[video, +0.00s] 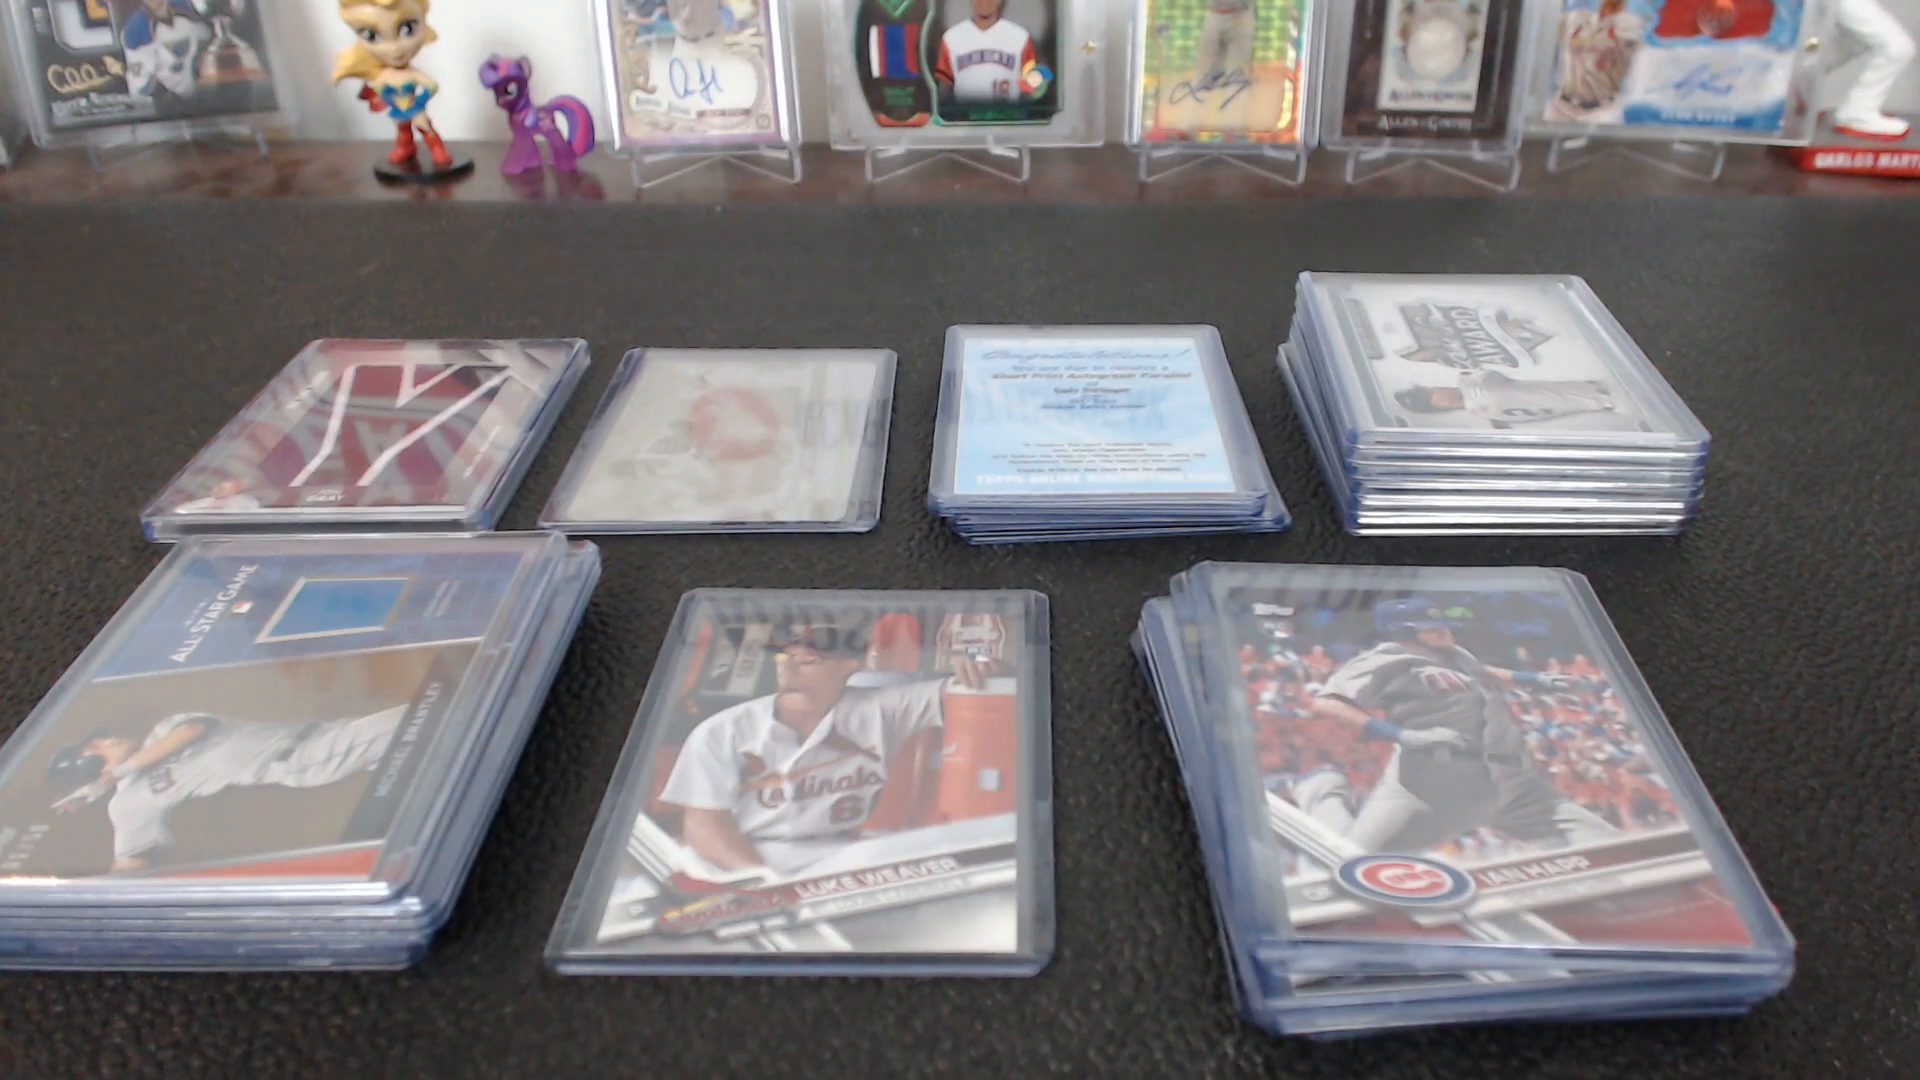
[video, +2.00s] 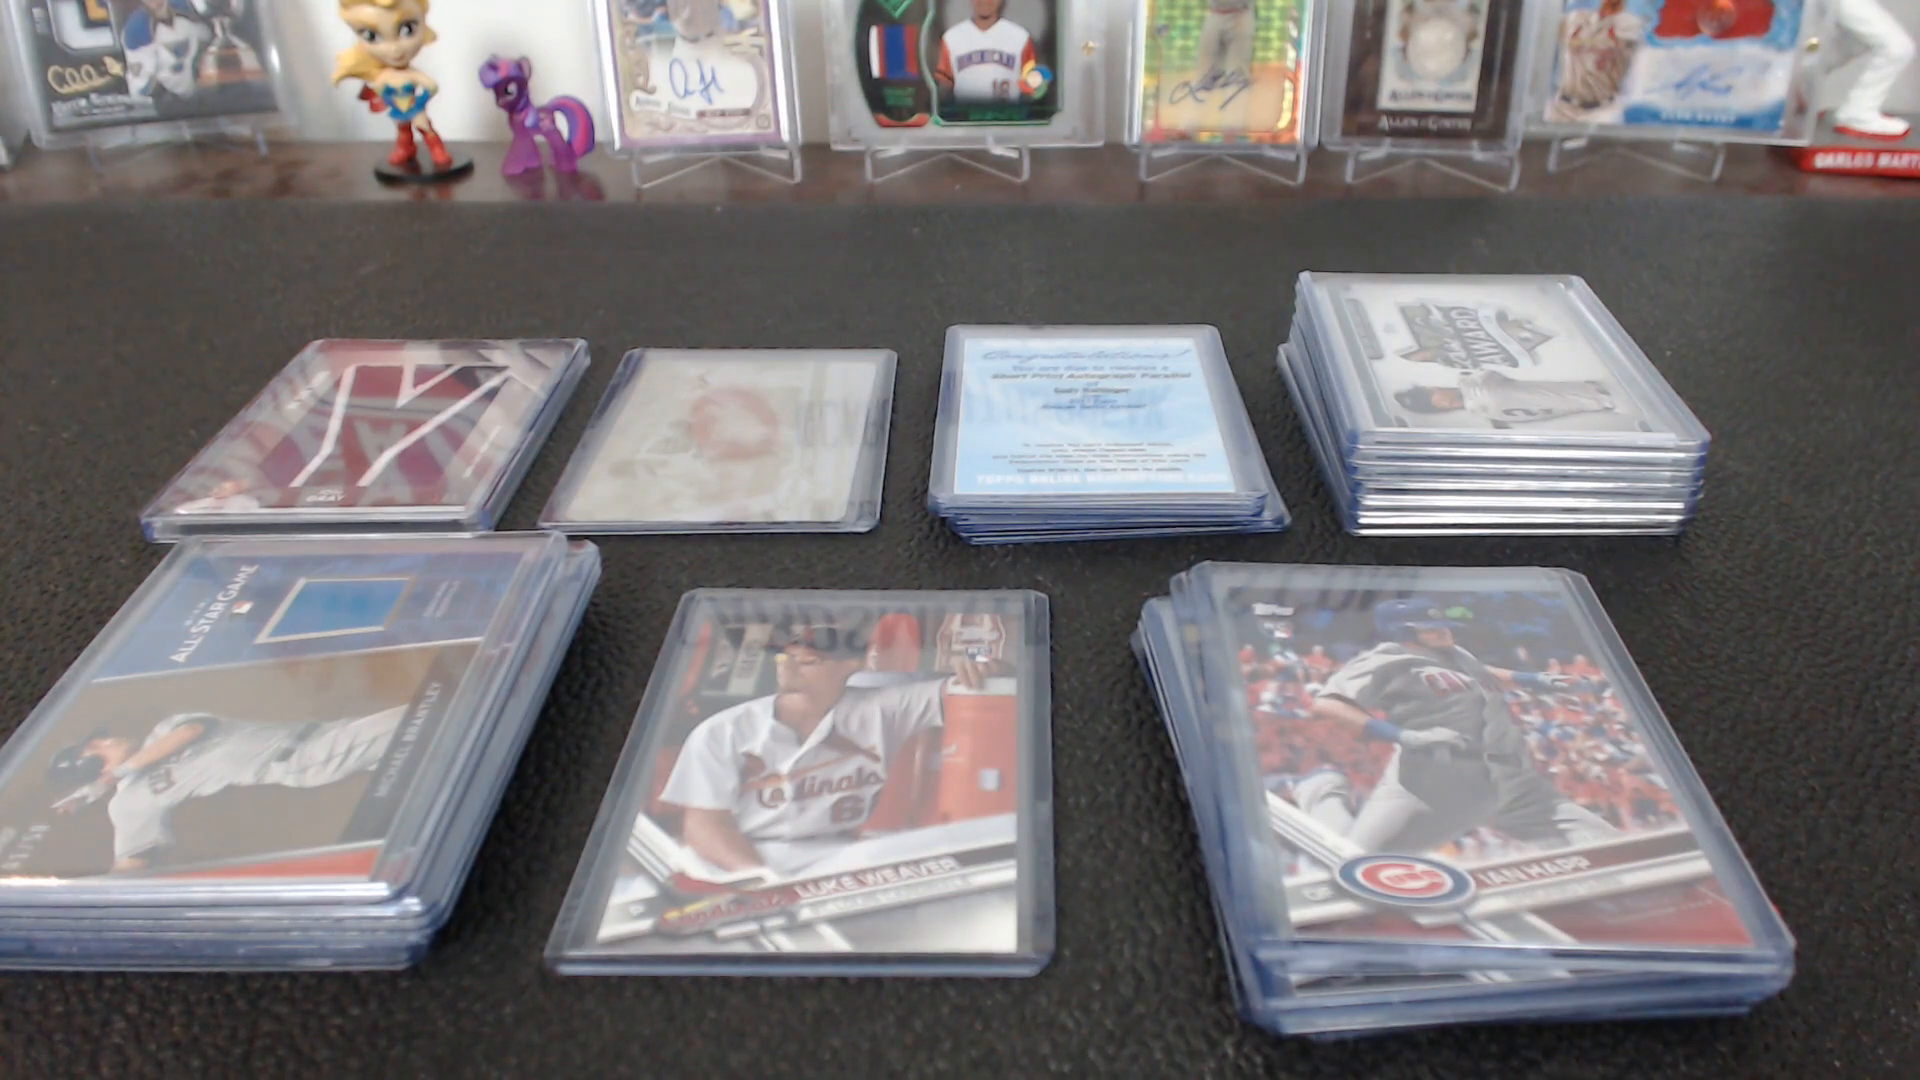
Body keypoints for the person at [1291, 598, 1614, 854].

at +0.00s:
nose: (1446, 631)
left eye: (1446, 622)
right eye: (1434, 623)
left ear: (1447, 624)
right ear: (1406, 628)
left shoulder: (1458, 657)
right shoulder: (1388, 659)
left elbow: (1489, 676)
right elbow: (1328, 703)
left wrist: (1538, 681)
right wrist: (1403, 735)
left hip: (1508, 789)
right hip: (1426, 796)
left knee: (1611, 847)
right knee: (1352, 866)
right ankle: (1321, 792)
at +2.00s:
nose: (1446, 630)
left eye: (1446, 622)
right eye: (1434, 623)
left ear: (1447, 625)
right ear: (1406, 629)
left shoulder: (1459, 657)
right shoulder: (1388, 659)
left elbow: (1490, 676)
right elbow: (1328, 704)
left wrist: (1539, 682)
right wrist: (1404, 736)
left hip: (1511, 790)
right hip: (1427, 798)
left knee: (1614, 850)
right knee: (1352, 869)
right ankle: (1321, 792)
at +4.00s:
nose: (1445, 631)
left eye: (1444, 622)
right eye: (1433, 623)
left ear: (1445, 625)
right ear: (1405, 629)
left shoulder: (1458, 657)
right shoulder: (1386, 659)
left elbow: (1490, 677)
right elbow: (1328, 704)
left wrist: (1541, 682)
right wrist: (1404, 736)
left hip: (1508, 788)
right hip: (1429, 794)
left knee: (1610, 847)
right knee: (1351, 870)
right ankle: (1322, 793)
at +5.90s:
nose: (1446, 629)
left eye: (1446, 620)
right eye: (1433, 620)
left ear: (1449, 623)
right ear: (1406, 626)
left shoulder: (1459, 657)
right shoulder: (1386, 659)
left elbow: (1490, 677)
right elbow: (1328, 705)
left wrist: (1541, 682)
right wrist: (1405, 736)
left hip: (1511, 787)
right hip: (1431, 794)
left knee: (1610, 848)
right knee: (1354, 866)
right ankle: (1321, 793)